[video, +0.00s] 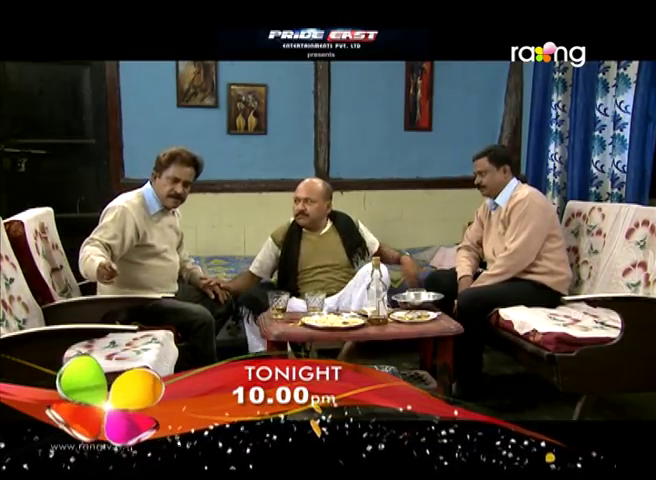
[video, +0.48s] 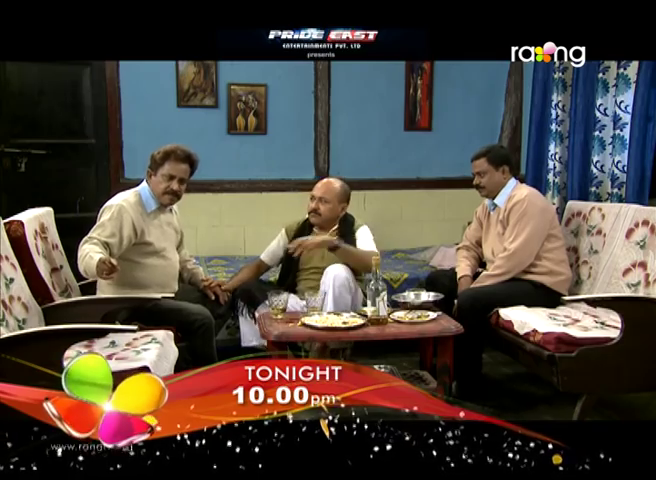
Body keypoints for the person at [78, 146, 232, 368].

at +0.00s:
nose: (179, 190)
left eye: (186, 185)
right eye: (173, 181)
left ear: (191, 188)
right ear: (155, 177)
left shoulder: (172, 214)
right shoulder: (126, 208)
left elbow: (180, 259)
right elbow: (92, 249)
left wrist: (202, 280)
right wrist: (98, 265)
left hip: (167, 296)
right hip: (130, 304)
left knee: (221, 304)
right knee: (200, 319)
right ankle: (204, 387)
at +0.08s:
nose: (180, 190)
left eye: (187, 185)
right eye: (174, 181)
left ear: (191, 188)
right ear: (156, 177)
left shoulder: (174, 214)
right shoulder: (127, 208)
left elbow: (179, 259)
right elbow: (93, 248)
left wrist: (202, 280)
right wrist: (99, 264)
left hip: (167, 297)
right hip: (131, 304)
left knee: (221, 303)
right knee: (200, 319)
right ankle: (205, 386)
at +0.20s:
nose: (180, 190)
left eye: (187, 185)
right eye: (174, 181)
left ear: (192, 188)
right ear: (156, 177)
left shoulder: (174, 213)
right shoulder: (127, 208)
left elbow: (181, 258)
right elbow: (93, 248)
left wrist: (203, 281)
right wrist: (100, 264)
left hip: (166, 297)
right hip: (130, 304)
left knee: (222, 303)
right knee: (201, 320)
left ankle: (183, 367)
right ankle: (207, 385)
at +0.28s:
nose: (179, 189)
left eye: (186, 184)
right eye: (173, 180)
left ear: (191, 187)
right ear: (155, 176)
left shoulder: (174, 212)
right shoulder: (126, 208)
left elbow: (181, 257)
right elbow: (93, 247)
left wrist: (203, 281)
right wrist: (101, 264)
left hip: (166, 296)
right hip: (130, 304)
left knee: (221, 303)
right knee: (200, 319)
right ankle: (207, 386)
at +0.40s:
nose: (177, 188)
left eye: (184, 183)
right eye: (171, 179)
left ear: (188, 186)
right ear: (152, 176)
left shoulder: (172, 211)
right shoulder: (125, 207)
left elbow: (180, 257)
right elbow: (91, 248)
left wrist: (203, 281)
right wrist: (99, 263)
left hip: (165, 297)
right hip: (130, 305)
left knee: (220, 303)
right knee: (200, 319)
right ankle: (207, 386)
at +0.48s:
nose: (175, 187)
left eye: (182, 182)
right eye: (169, 178)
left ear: (187, 185)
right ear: (150, 176)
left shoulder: (170, 211)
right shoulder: (123, 207)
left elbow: (180, 256)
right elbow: (89, 248)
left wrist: (204, 281)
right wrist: (98, 263)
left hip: (165, 296)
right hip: (129, 305)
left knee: (219, 304)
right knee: (200, 319)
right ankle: (207, 386)